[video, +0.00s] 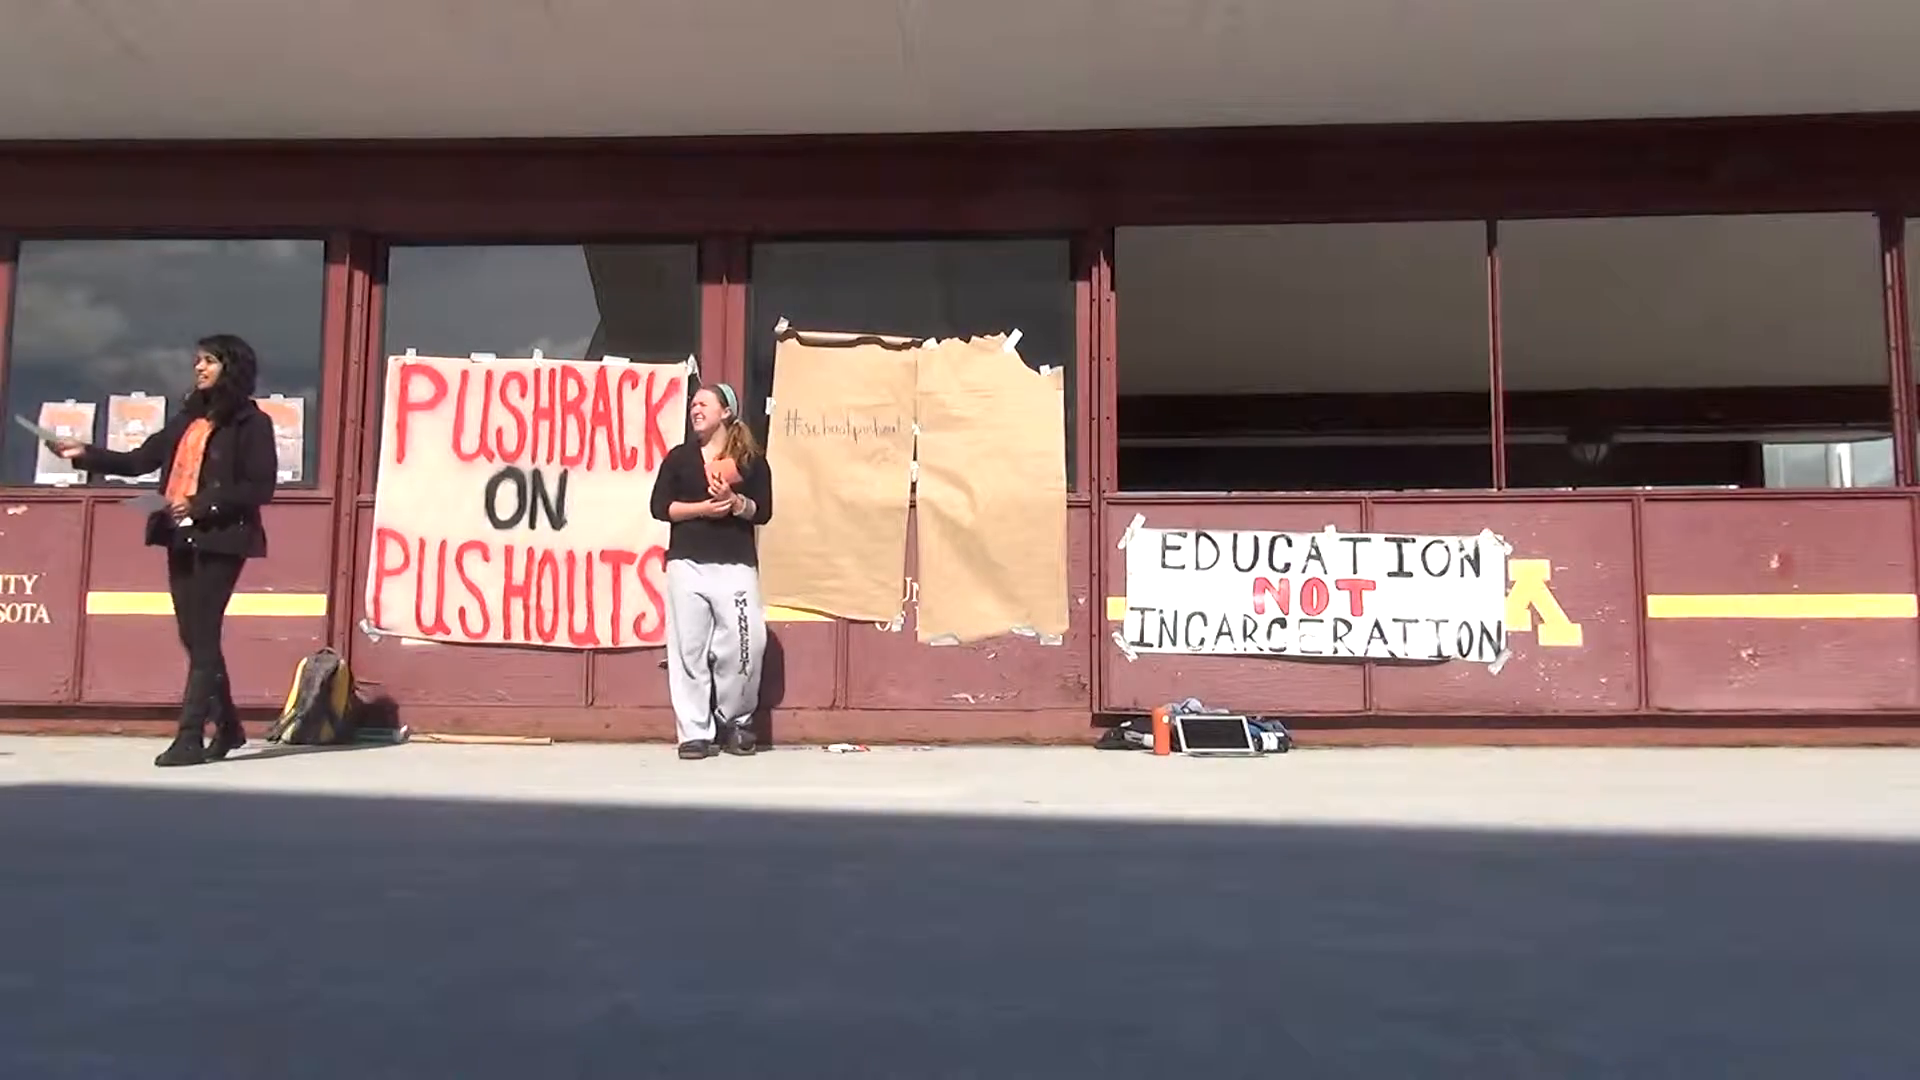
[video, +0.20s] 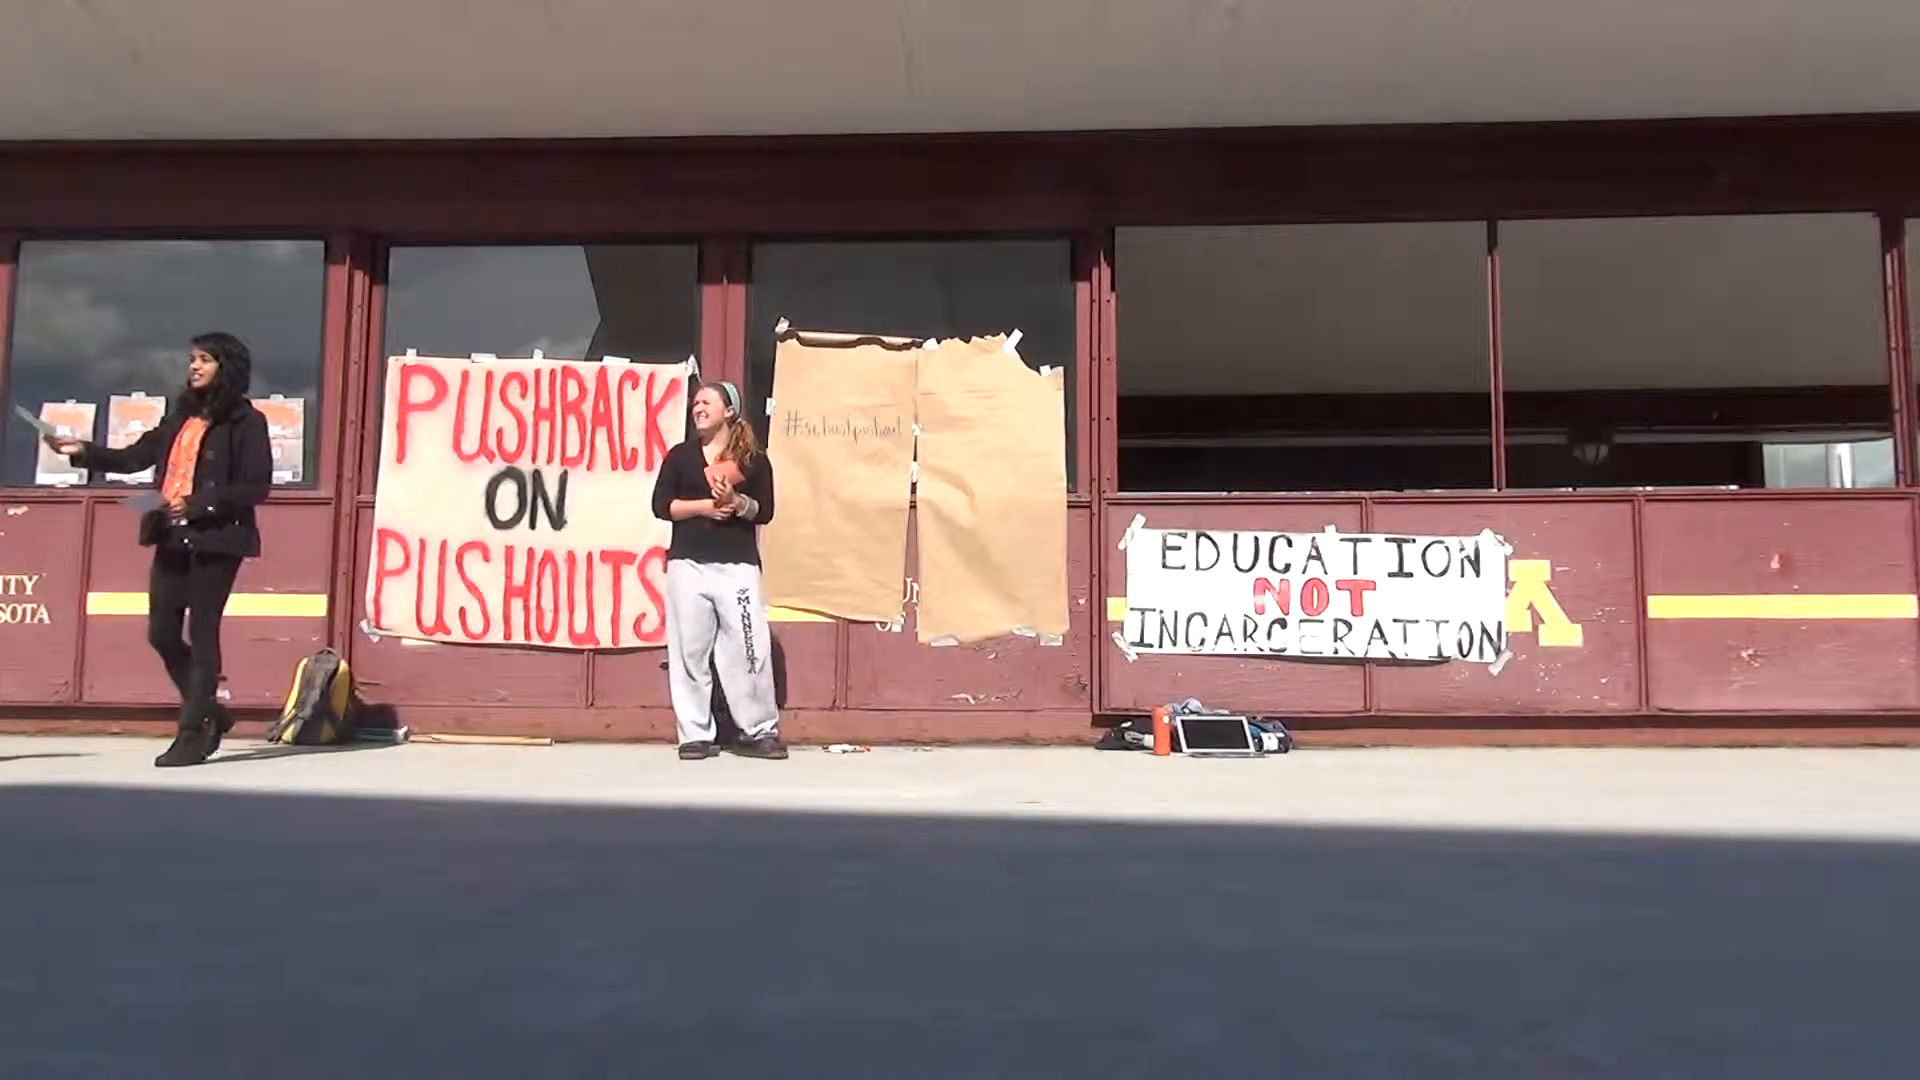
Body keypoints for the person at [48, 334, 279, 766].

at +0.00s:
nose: (198, 367)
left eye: (207, 361)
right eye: (197, 361)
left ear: (232, 368)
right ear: (199, 370)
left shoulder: (253, 423)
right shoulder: (190, 419)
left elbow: (261, 489)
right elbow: (141, 460)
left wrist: (204, 503)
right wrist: (83, 455)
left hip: (224, 541)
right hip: (183, 538)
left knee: (203, 632)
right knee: (193, 633)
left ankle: (190, 737)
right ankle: (228, 725)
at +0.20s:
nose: (193, 368)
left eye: (203, 361)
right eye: (192, 361)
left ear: (226, 368)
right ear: (192, 367)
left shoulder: (248, 422)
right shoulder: (182, 414)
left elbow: (256, 488)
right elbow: (137, 457)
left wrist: (202, 502)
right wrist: (80, 452)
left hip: (218, 542)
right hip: (175, 539)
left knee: (203, 633)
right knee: (162, 634)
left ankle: (191, 736)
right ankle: (210, 711)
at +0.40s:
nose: (189, 365)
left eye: (199, 358)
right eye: (187, 358)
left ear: (223, 364)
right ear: (185, 364)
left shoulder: (245, 420)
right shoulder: (178, 410)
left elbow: (253, 488)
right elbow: (134, 452)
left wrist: (195, 505)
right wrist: (76, 443)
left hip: (214, 543)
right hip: (169, 537)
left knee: (201, 636)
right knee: (145, 630)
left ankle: (190, 739)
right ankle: (174, 727)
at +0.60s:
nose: (184, 363)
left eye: (193, 356)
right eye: (180, 357)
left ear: (217, 361)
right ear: (178, 363)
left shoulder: (240, 416)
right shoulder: (172, 411)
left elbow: (249, 486)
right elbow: (130, 451)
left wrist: (191, 506)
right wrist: (78, 442)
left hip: (213, 540)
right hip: (166, 534)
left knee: (199, 634)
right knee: (130, 627)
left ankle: (191, 741)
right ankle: (101, 737)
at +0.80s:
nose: (178, 362)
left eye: (188, 354)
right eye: (174, 355)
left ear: (210, 359)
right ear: (169, 361)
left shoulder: (232, 415)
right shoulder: (164, 410)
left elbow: (243, 484)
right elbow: (122, 451)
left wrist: (191, 508)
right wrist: (72, 441)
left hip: (206, 539)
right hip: (158, 533)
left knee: (196, 636)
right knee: (117, 625)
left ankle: (191, 742)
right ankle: (76, 732)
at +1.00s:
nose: (162, 359)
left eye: (172, 352)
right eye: (159, 352)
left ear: (197, 358)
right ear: (156, 359)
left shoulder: (220, 418)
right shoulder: (148, 408)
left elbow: (231, 484)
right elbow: (104, 453)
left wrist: (174, 503)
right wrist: (60, 459)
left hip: (192, 542)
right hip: (143, 538)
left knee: (189, 634)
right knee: (119, 632)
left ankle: (190, 740)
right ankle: (87, 740)